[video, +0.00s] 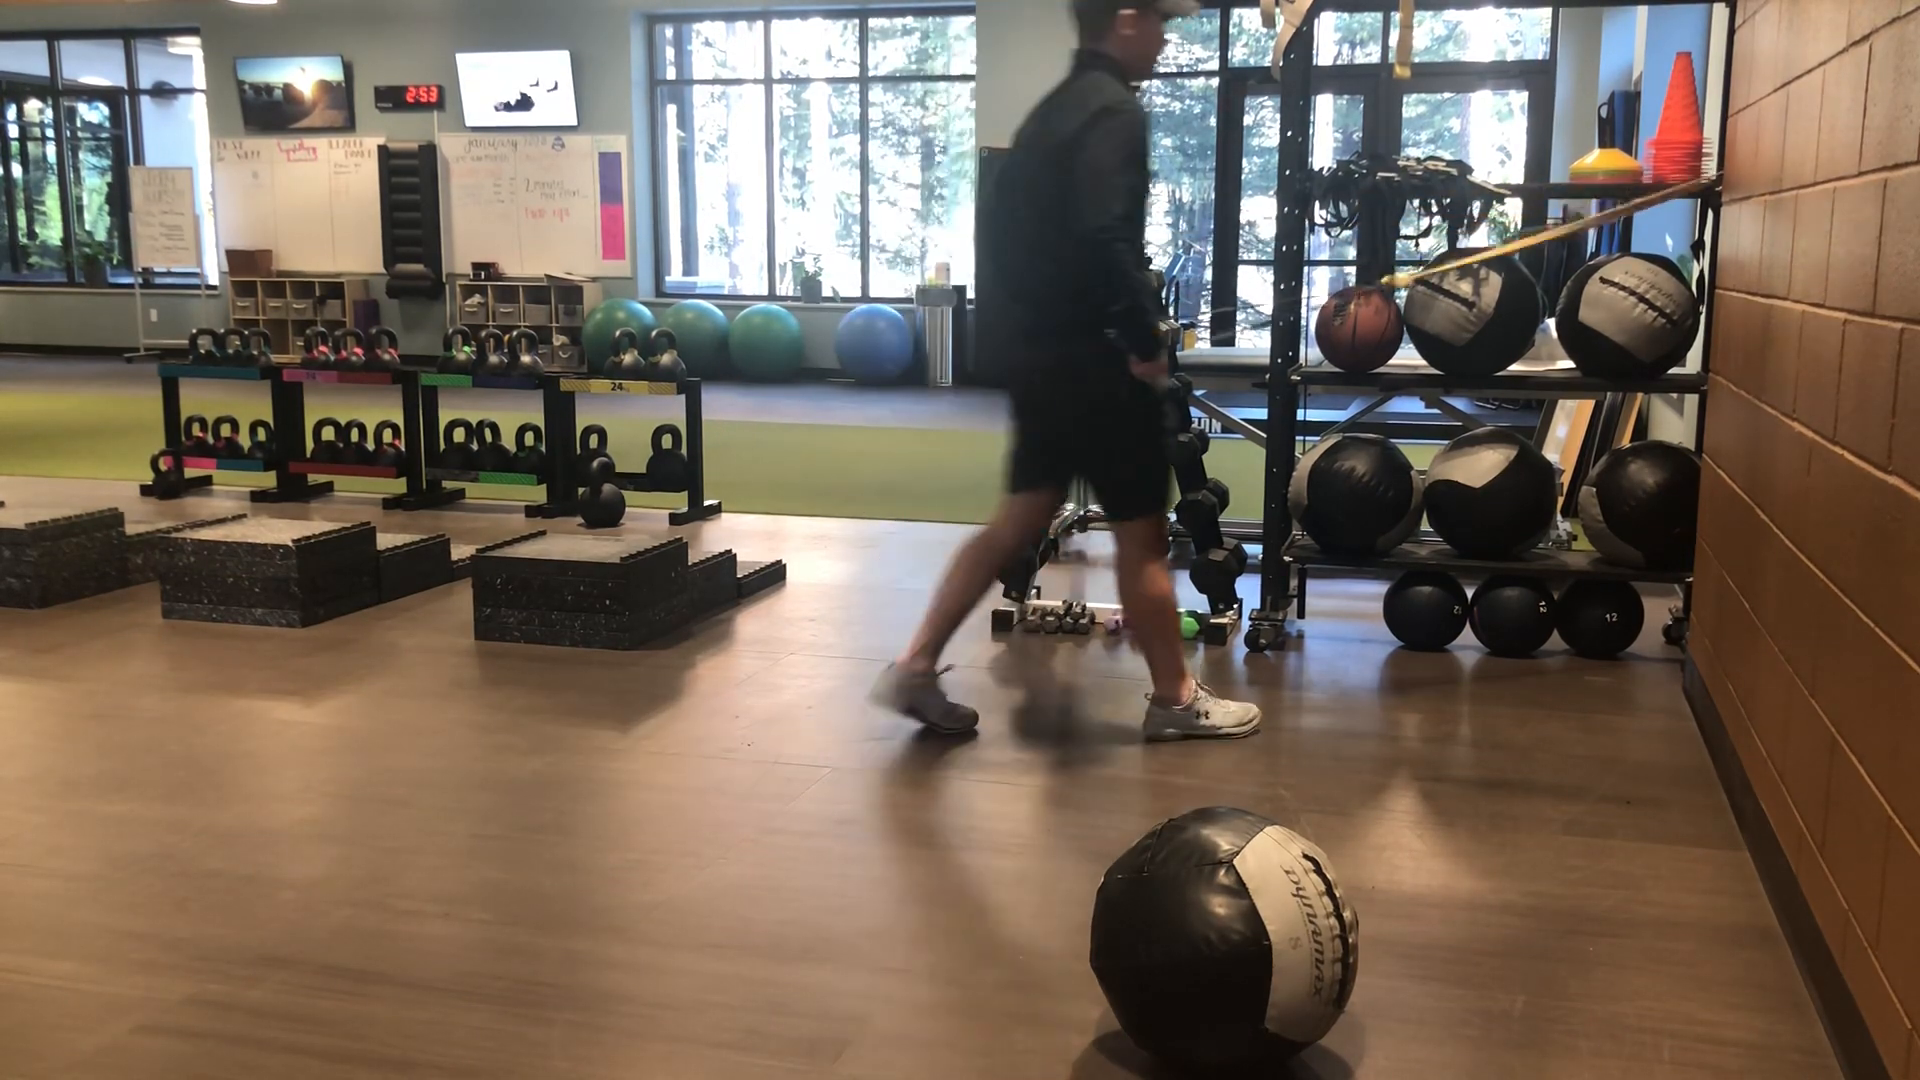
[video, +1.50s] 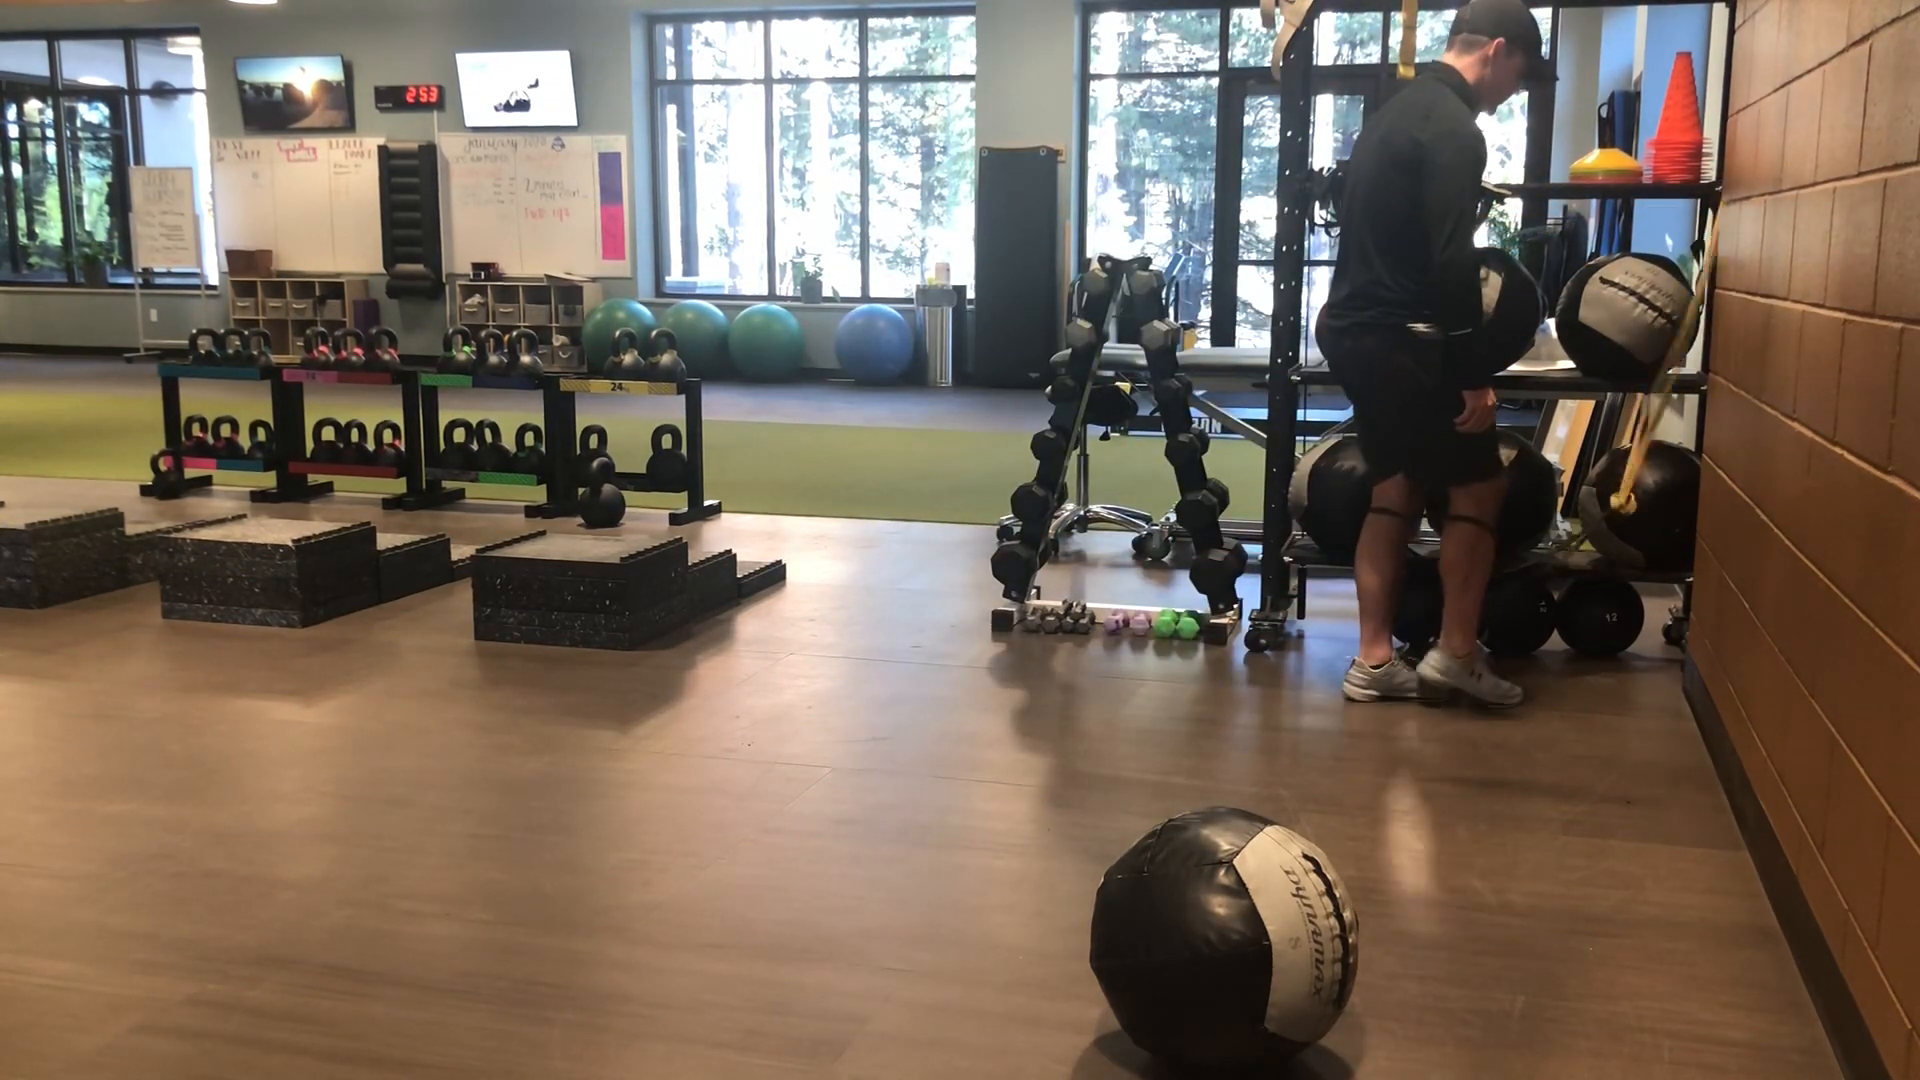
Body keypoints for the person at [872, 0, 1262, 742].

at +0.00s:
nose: (1165, 40)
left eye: (1165, 27)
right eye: (1159, 25)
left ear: (1105, 29)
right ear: (1124, 24)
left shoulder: (1058, 107)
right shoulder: (1114, 110)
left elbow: (1032, 237)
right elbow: (1106, 234)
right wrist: (1146, 340)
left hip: (1040, 354)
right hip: (1097, 356)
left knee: (1021, 518)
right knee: (1143, 534)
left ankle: (914, 669)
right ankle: (1176, 698)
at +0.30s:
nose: (1282, 51)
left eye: (1285, 37)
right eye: (1280, 34)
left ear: (1219, 26)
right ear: (1249, 24)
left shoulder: (1156, 99)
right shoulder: (1239, 108)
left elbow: (1096, 214)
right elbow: (1215, 227)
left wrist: (1098, 318)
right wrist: (1234, 341)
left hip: (1145, 330)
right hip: (1199, 338)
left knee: (1232, 486)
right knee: (1201, 511)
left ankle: (1142, 632)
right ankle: (1179, 699)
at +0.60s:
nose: (1408, 94)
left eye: (1410, 80)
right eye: (1407, 79)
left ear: (1345, 64)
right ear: (1381, 70)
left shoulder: (1295, 127)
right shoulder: (1359, 138)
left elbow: (1237, 239)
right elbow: (1329, 255)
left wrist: (1216, 346)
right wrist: (1310, 370)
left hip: (1276, 349)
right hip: (1321, 357)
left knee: (1347, 513)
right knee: (1328, 522)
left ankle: (1375, 661)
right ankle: (1211, 660)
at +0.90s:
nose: (1485, 107)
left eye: (1492, 95)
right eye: (1490, 90)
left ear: (1442, 61)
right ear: (1464, 66)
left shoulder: (1386, 114)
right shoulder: (1424, 125)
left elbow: (1357, 244)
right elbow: (1410, 255)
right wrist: (1421, 372)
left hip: (1317, 335)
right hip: (1357, 339)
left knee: (1367, 504)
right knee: (1403, 507)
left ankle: (1371, 664)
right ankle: (1390, 673)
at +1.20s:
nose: (1511, 99)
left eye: (1519, 87)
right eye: (1517, 82)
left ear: (1464, 49)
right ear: (1492, 54)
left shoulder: (1401, 105)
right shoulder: (1453, 118)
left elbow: (1369, 225)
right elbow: (1446, 247)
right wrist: (1466, 363)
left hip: (1351, 328)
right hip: (1402, 331)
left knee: (1391, 490)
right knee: (1462, 488)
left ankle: (1372, 662)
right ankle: (1421, 652)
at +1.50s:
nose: (1514, 93)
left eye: (1521, 82)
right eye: (1519, 77)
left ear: (1467, 45)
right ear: (1494, 52)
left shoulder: (1397, 107)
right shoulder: (1454, 127)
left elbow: (1354, 213)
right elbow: (1450, 259)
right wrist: (1474, 370)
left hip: (1354, 329)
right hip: (1409, 334)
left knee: (1391, 487)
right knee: (1479, 485)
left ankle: (1373, 658)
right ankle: (1457, 653)